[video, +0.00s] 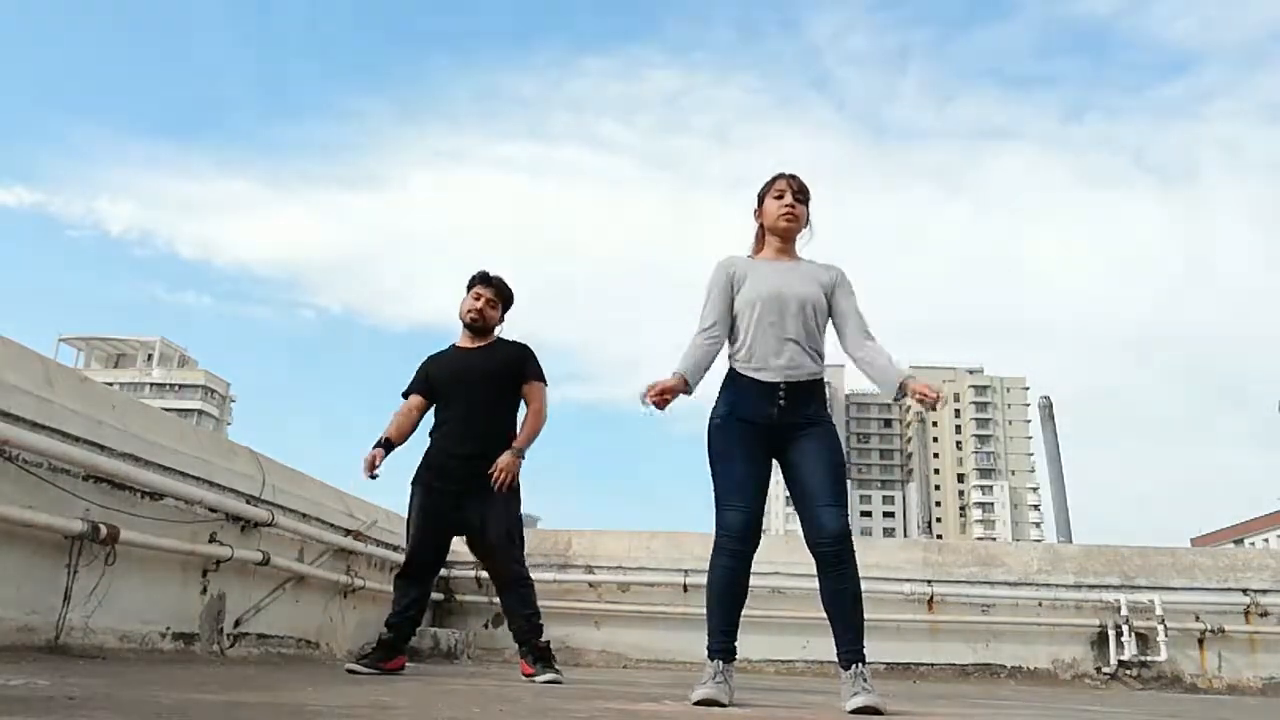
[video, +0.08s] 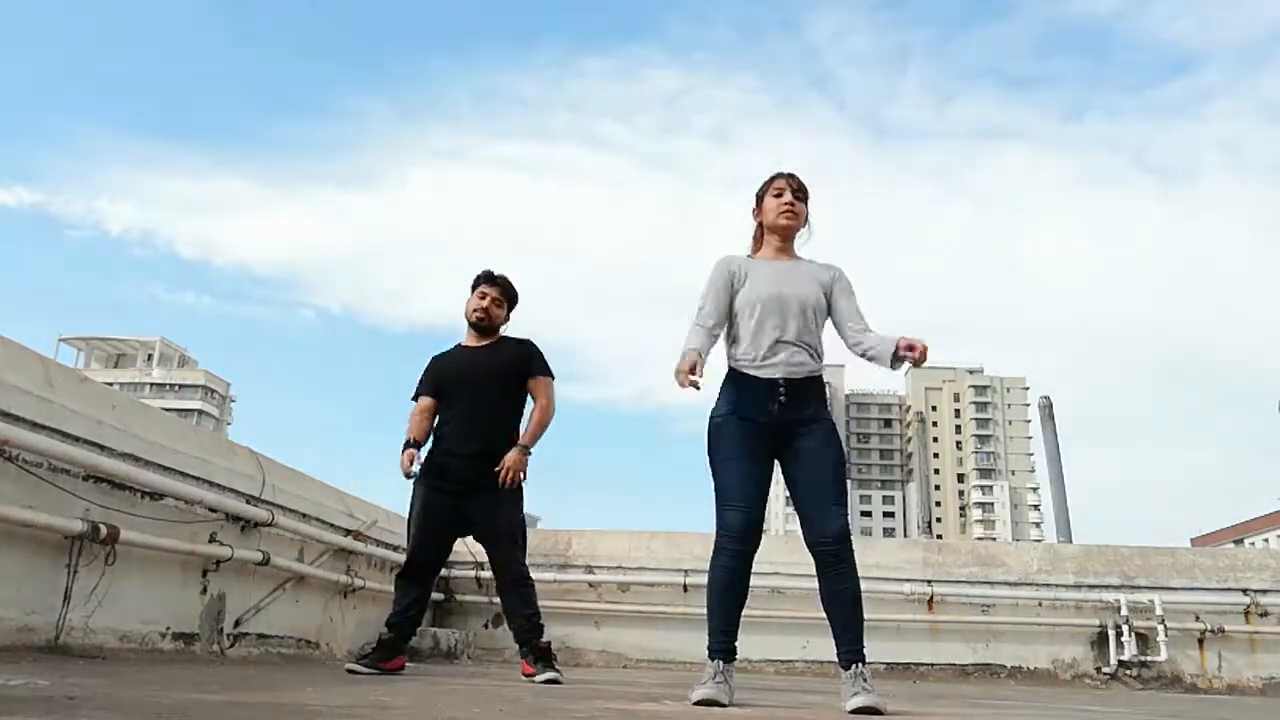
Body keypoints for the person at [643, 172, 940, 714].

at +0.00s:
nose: (790, 202)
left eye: (799, 198)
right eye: (779, 195)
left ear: (808, 218)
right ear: (759, 213)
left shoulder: (828, 276)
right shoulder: (733, 269)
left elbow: (861, 343)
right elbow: (709, 335)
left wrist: (904, 383)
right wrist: (682, 379)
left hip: (807, 413)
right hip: (741, 411)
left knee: (832, 536)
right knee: (736, 534)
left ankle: (855, 673)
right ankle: (718, 668)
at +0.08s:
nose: (789, 200)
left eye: (798, 196)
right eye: (778, 194)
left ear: (806, 216)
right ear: (757, 211)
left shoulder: (827, 275)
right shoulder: (732, 268)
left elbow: (859, 336)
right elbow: (706, 323)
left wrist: (896, 348)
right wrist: (691, 355)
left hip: (809, 411)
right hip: (742, 408)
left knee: (831, 538)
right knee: (737, 534)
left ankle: (855, 673)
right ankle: (718, 668)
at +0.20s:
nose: (788, 199)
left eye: (797, 195)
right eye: (777, 193)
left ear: (806, 215)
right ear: (757, 211)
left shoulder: (827, 274)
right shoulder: (729, 268)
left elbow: (862, 346)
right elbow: (694, 326)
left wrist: (886, 332)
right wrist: (701, 338)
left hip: (808, 410)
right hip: (742, 408)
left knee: (830, 537)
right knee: (737, 534)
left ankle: (855, 672)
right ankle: (718, 667)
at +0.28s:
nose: (785, 198)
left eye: (794, 195)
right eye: (774, 193)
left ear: (804, 215)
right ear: (754, 212)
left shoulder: (827, 273)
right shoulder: (728, 269)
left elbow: (834, 352)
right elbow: (709, 347)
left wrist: (880, 324)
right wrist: (688, 318)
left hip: (808, 412)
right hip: (741, 410)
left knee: (830, 535)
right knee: (737, 532)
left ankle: (854, 673)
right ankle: (718, 668)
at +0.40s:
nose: (784, 199)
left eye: (793, 195)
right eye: (773, 194)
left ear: (802, 216)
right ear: (754, 212)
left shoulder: (826, 274)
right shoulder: (727, 270)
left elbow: (832, 352)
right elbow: (717, 345)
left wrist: (886, 337)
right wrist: (680, 318)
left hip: (809, 413)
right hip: (741, 411)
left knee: (830, 536)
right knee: (737, 533)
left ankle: (854, 673)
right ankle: (718, 667)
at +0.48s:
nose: (781, 200)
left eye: (791, 196)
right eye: (770, 195)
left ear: (802, 216)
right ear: (752, 215)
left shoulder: (826, 275)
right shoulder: (727, 270)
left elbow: (860, 339)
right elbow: (698, 328)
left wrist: (900, 380)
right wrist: (671, 348)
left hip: (811, 411)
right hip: (742, 410)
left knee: (832, 537)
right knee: (737, 535)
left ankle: (854, 672)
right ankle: (719, 669)